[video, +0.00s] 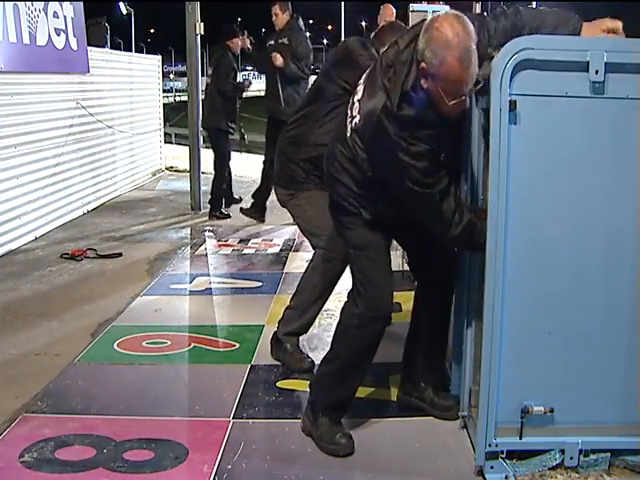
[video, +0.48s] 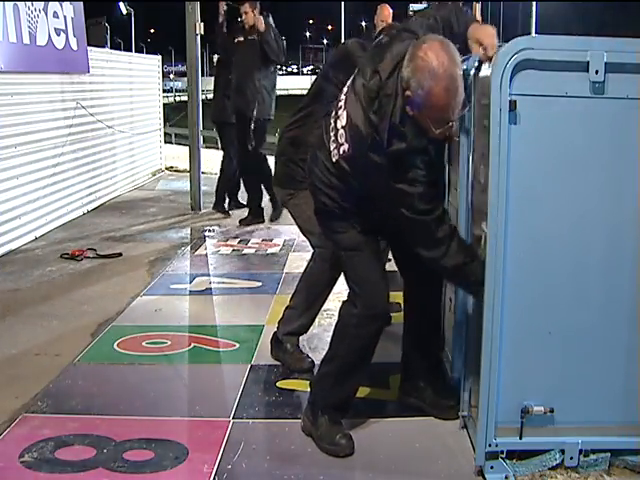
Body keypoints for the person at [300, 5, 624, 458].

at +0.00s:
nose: (464, 101)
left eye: (469, 88)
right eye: (453, 91)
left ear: (475, 55)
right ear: (425, 71)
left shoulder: (458, 34)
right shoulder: (403, 117)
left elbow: (510, 23)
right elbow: (440, 210)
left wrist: (578, 28)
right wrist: (505, 238)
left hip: (411, 187)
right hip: (359, 186)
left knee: (439, 273)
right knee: (374, 300)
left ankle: (420, 382)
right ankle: (322, 409)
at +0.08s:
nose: (462, 107)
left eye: (468, 95)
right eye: (451, 98)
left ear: (477, 62)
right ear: (424, 77)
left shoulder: (461, 38)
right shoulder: (405, 126)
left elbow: (510, 24)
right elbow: (451, 217)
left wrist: (570, 28)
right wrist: (517, 235)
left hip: (413, 185)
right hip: (358, 185)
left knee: (439, 273)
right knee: (376, 300)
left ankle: (420, 381)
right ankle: (322, 410)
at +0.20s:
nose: (457, 118)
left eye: (463, 106)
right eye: (447, 110)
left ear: (471, 66)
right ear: (422, 88)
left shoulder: (454, 41)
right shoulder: (395, 128)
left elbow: (489, 24)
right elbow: (449, 214)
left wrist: (541, 27)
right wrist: (510, 236)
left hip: (414, 190)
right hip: (356, 194)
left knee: (436, 275)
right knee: (377, 303)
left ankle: (420, 381)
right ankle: (323, 408)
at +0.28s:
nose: (455, 120)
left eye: (462, 109)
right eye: (446, 113)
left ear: (467, 75)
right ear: (419, 95)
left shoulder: (443, 43)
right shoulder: (396, 134)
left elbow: (473, 19)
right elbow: (453, 221)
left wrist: (520, 26)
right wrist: (514, 235)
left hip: (410, 188)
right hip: (353, 192)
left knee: (433, 273)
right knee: (375, 303)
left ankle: (421, 380)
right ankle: (322, 410)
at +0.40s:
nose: (446, 129)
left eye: (453, 117)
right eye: (436, 121)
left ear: (461, 82)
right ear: (412, 99)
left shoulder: (421, 41)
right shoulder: (397, 148)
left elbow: (447, 15)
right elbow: (448, 229)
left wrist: (483, 19)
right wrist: (507, 250)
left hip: (406, 193)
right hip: (348, 197)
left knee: (430, 278)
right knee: (373, 305)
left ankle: (419, 381)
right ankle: (322, 409)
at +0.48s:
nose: (444, 130)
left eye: (451, 118)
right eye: (434, 124)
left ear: (459, 85)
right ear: (409, 101)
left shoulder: (411, 39)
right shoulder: (401, 154)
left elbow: (440, 15)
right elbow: (435, 239)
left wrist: (471, 25)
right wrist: (494, 283)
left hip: (397, 194)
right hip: (345, 196)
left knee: (425, 282)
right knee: (371, 306)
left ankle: (423, 384)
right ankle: (322, 409)